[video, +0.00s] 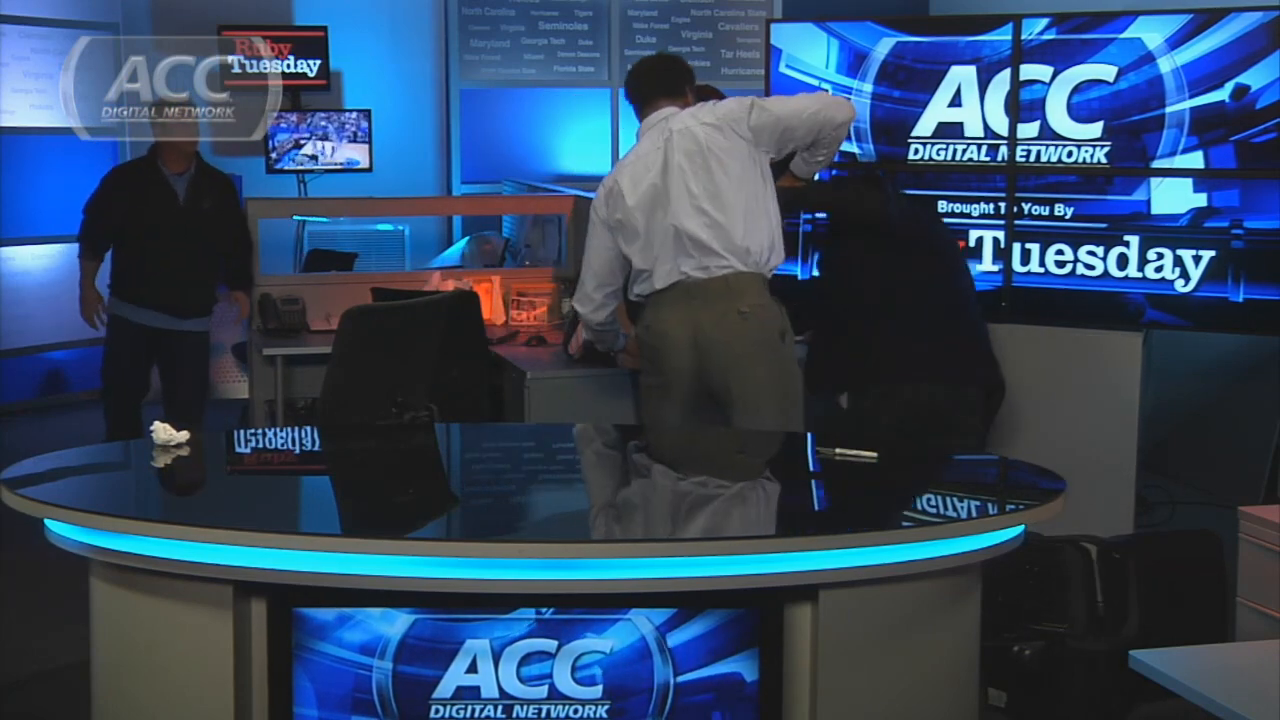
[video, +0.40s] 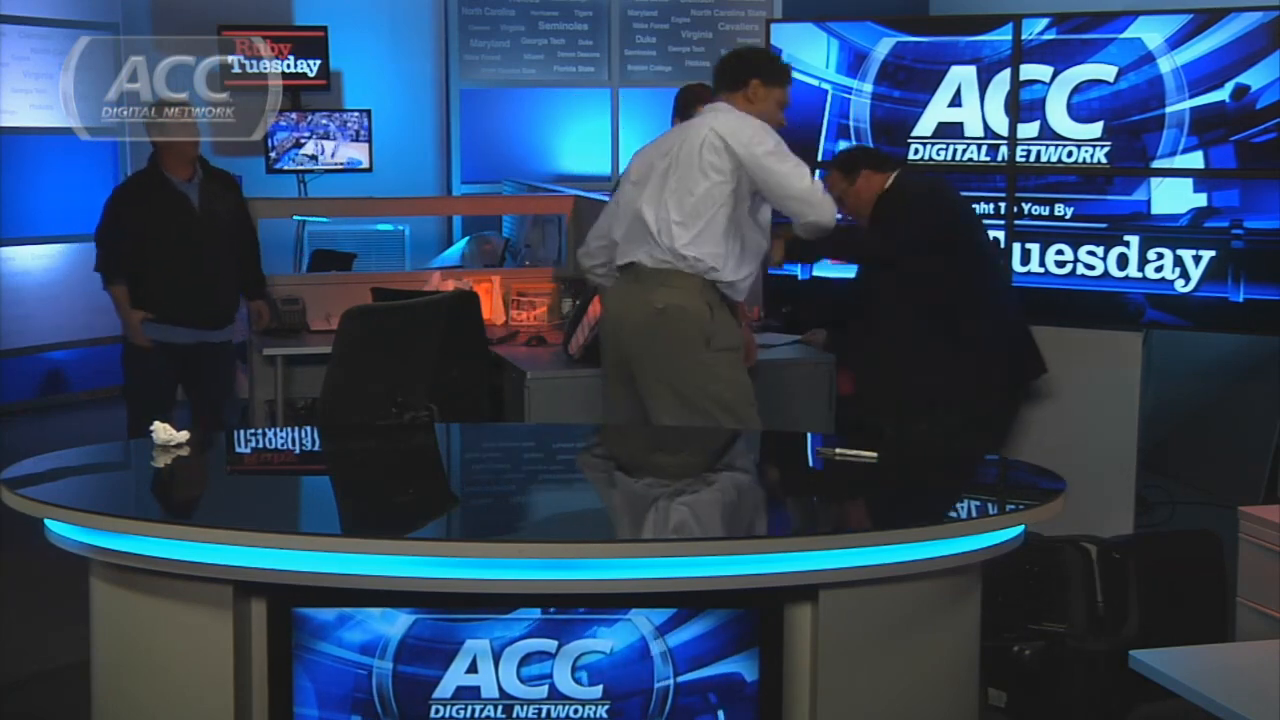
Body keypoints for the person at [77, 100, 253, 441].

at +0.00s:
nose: (186, 130)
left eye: (189, 122)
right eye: (176, 122)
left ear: (198, 130)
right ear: (158, 129)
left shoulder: (219, 186)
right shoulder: (124, 179)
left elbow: (237, 243)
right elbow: (94, 233)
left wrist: (239, 288)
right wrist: (87, 286)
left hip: (190, 322)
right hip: (130, 317)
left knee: (188, 414)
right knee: (121, 410)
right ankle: (120, 487)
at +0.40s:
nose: (190, 136)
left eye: (193, 126)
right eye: (179, 128)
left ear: (200, 132)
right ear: (158, 136)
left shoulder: (225, 186)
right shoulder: (130, 195)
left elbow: (246, 247)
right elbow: (110, 262)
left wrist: (255, 295)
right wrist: (126, 312)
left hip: (216, 338)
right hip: (153, 337)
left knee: (216, 432)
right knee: (149, 435)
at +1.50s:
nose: (349, 144)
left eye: (350, 135)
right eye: (339, 136)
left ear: (352, 135)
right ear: (308, 141)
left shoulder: (355, 193)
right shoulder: (280, 203)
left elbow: (360, 267)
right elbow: (277, 289)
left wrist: (369, 325)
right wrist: (317, 335)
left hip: (354, 352)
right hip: (300, 361)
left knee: (357, 459)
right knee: (306, 460)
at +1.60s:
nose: (366, 145)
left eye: (367, 135)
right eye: (355, 137)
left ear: (371, 135)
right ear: (325, 142)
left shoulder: (370, 194)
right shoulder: (296, 203)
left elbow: (374, 271)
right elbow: (298, 295)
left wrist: (389, 329)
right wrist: (348, 345)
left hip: (365, 353)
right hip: (313, 360)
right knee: (318, 463)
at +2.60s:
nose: (493, 155)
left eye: (495, 145)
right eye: (482, 146)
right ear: (452, 149)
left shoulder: (474, 198)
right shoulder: (442, 204)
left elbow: (490, 281)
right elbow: (454, 297)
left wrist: (527, 318)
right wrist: (520, 329)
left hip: (496, 369)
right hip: (465, 375)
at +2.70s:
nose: (497, 156)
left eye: (500, 146)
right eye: (486, 148)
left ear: (505, 144)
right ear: (457, 149)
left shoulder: (478, 199)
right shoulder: (447, 205)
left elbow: (489, 284)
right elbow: (456, 296)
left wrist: (528, 324)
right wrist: (519, 333)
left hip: (498, 372)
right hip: (469, 379)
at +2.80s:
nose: (500, 158)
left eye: (504, 148)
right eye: (489, 150)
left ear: (509, 146)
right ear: (459, 151)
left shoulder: (482, 201)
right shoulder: (451, 208)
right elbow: (457, 302)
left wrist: (524, 333)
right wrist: (516, 339)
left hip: (500, 378)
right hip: (471, 384)